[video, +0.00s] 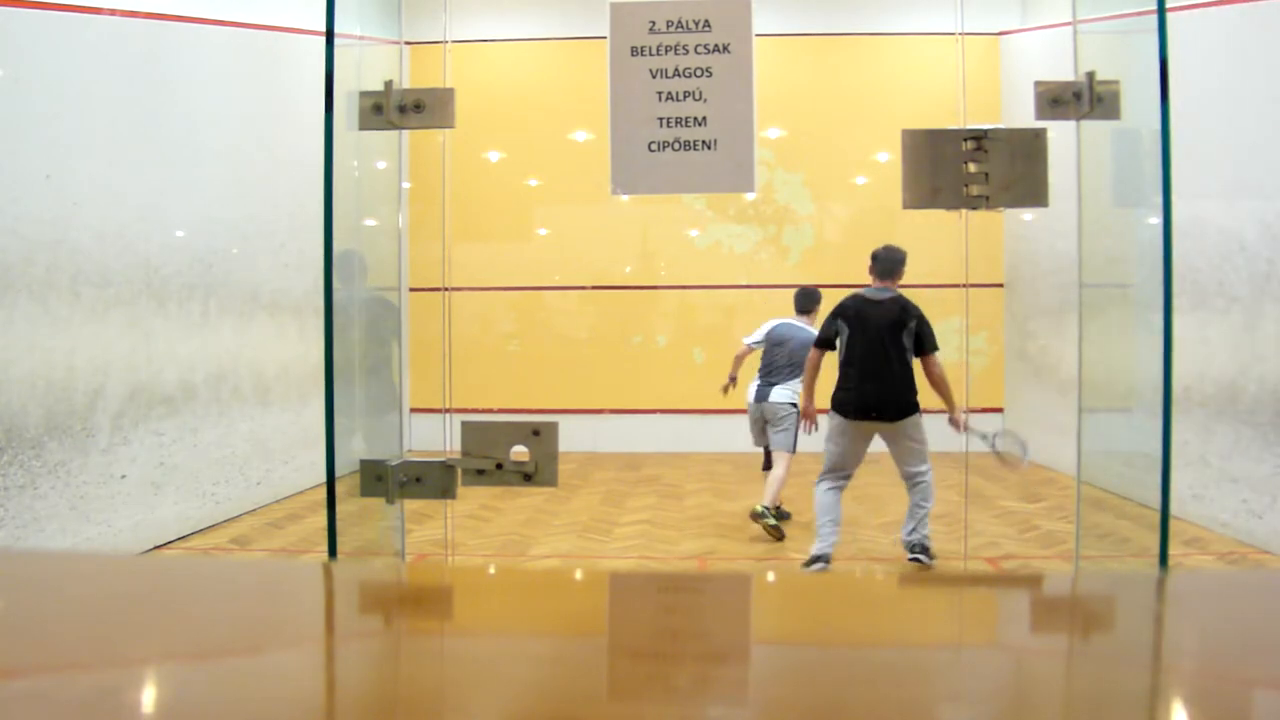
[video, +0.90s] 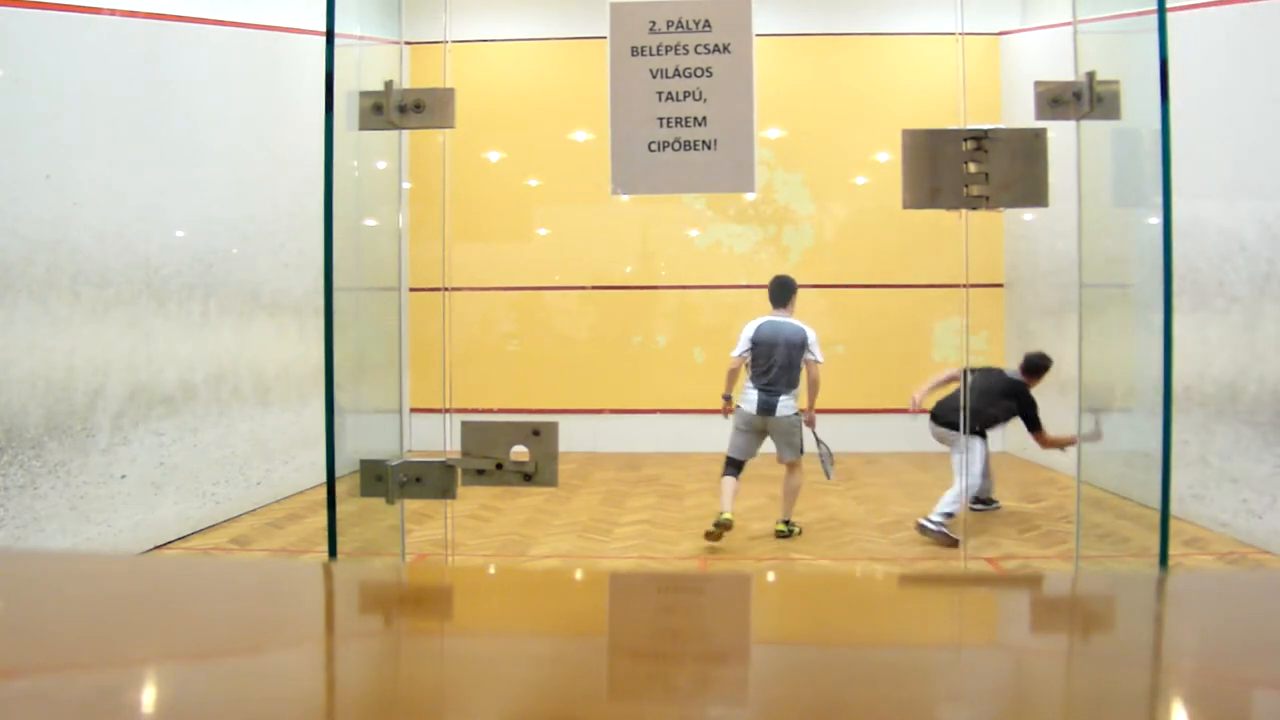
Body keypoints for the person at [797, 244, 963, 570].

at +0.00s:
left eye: (870, 269)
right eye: (898, 273)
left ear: (870, 271)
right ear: (901, 275)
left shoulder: (847, 306)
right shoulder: (910, 312)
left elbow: (816, 353)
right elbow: (932, 368)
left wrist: (808, 400)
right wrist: (953, 408)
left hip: (851, 408)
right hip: (899, 409)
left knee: (832, 479)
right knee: (918, 475)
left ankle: (822, 551)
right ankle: (917, 541)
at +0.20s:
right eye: (912, 303)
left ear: (883, 305)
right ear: (912, 307)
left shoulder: (860, 337)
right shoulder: (916, 344)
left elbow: (839, 372)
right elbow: (937, 397)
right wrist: (958, 436)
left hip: (856, 431)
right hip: (899, 432)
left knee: (832, 496)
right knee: (940, 469)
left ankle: (809, 560)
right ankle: (937, 540)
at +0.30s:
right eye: (936, 310)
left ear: (910, 308)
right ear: (937, 313)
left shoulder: (887, 336)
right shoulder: (939, 349)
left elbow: (861, 359)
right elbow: (962, 399)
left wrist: (891, 352)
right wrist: (986, 434)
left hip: (872, 431)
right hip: (916, 432)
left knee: (849, 493)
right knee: (960, 465)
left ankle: (817, 557)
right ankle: (959, 536)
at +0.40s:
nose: (975, 319)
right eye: (974, 314)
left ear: (948, 310)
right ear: (974, 316)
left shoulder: (920, 334)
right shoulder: (969, 351)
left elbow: (883, 352)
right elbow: (989, 400)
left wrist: (914, 358)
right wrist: (1011, 431)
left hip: (893, 423)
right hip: (934, 425)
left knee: (880, 486)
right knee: (976, 473)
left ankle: (845, 532)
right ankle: (971, 543)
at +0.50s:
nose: (1000, 328)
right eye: (1002, 324)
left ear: (976, 317)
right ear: (1001, 326)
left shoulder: (946, 336)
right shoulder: (990, 356)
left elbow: (900, 355)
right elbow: (1005, 410)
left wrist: (910, 389)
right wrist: (1027, 434)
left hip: (910, 417)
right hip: (948, 421)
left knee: (920, 479)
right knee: (987, 479)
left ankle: (902, 505)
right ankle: (974, 543)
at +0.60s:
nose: (1019, 340)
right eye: (1020, 335)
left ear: (994, 325)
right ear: (1016, 337)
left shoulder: (960, 341)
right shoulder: (1004, 364)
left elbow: (914, 351)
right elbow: (1018, 417)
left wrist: (895, 382)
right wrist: (1045, 435)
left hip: (921, 420)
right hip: (960, 425)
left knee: (938, 460)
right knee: (995, 484)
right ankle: (975, 541)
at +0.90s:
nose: (1041, 380)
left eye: (1043, 376)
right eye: (1043, 376)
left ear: (1021, 365)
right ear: (1039, 377)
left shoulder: (991, 372)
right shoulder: (1022, 396)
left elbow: (952, 374)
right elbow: (1043, 441)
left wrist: (922, 391)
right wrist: (1072, 440)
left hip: (938, 422)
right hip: (962, 430)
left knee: (980, 443)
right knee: (969, 480)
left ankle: (981, 495)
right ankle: (936, 519)